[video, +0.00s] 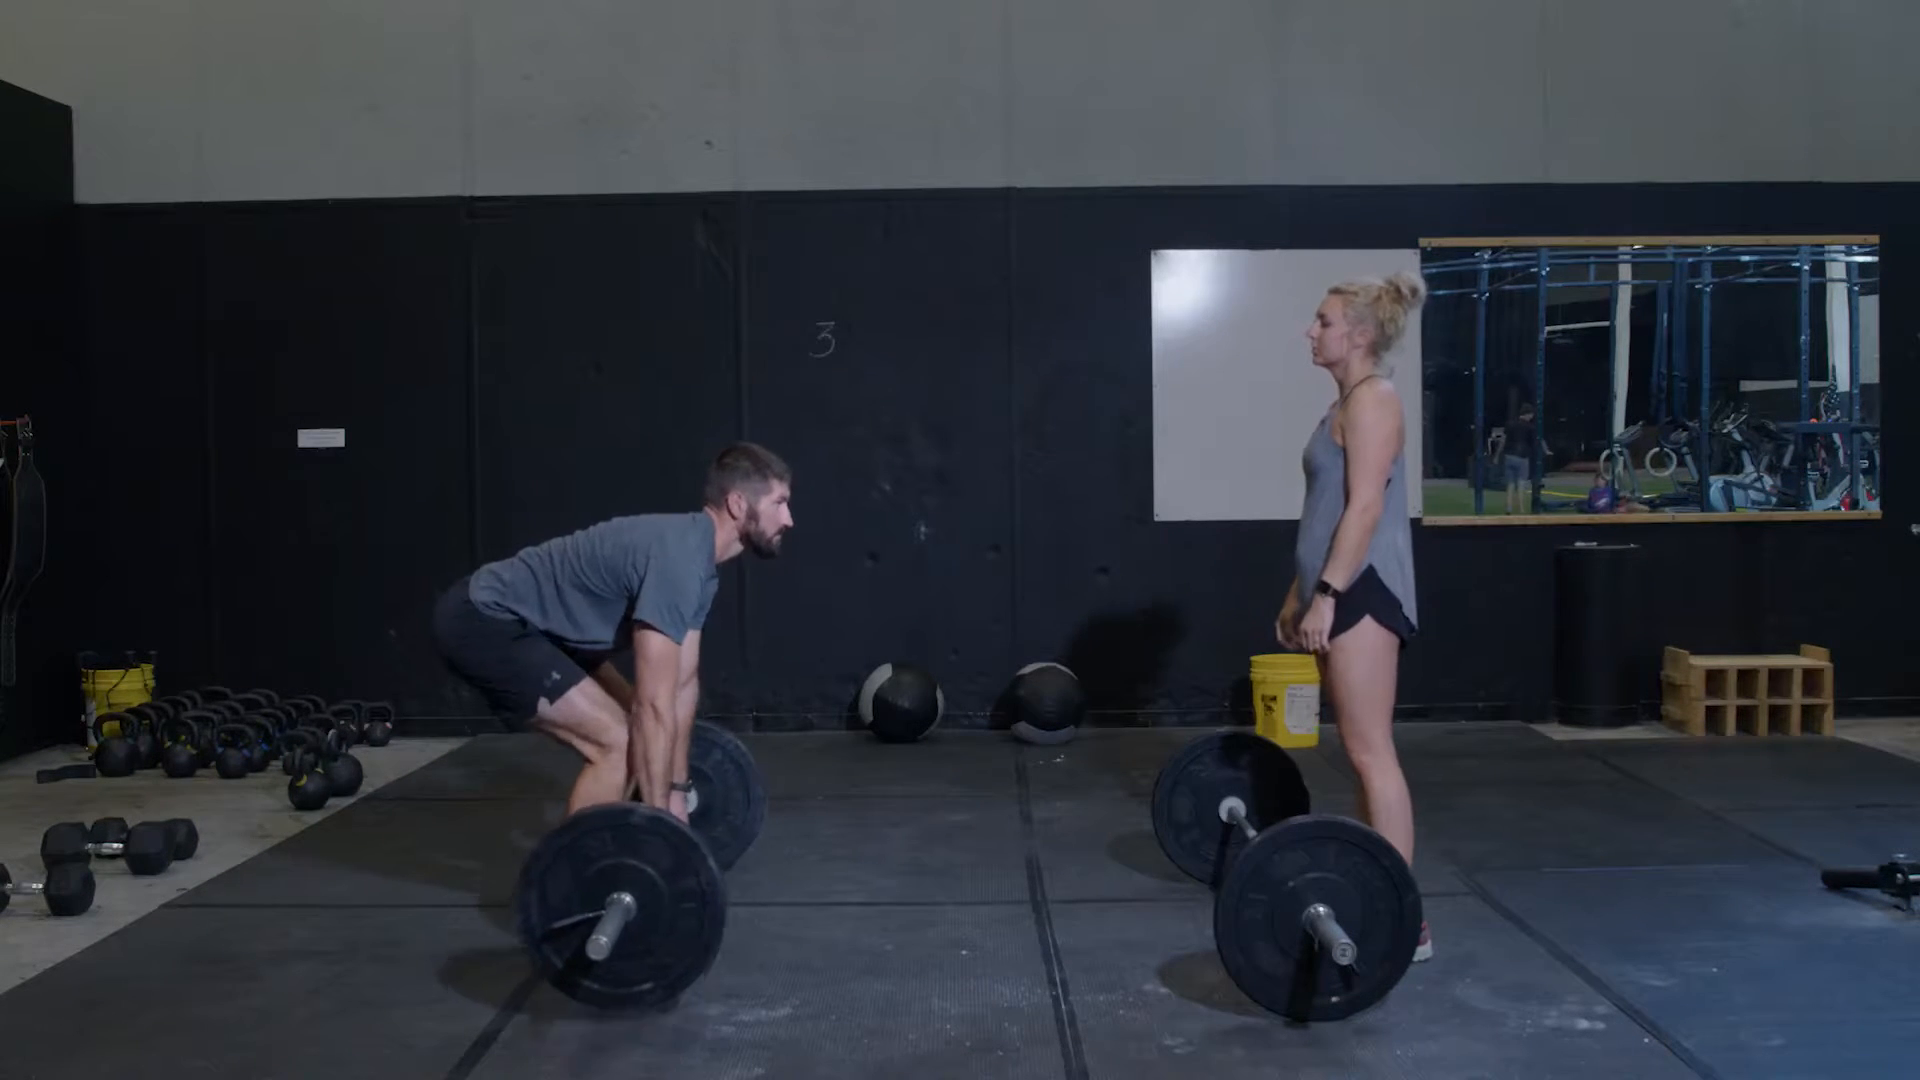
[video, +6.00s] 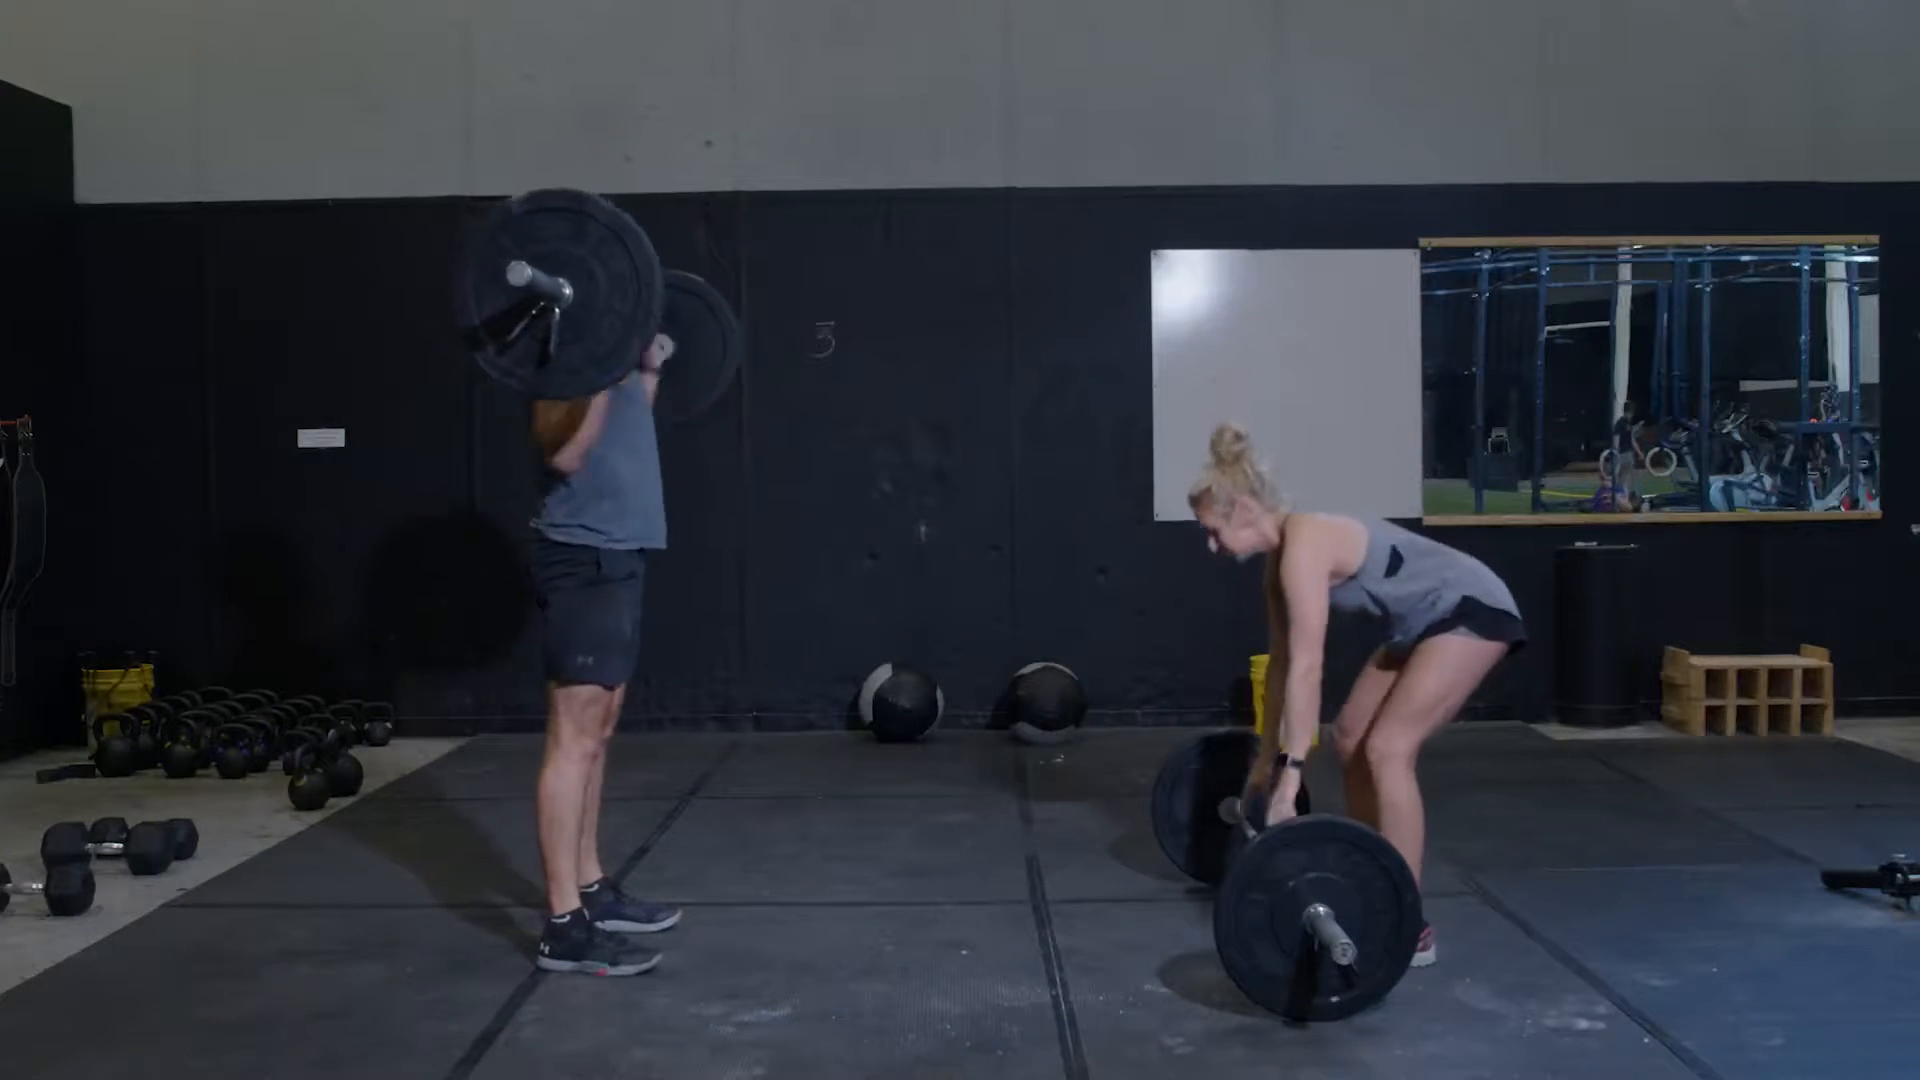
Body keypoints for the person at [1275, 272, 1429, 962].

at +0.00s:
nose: (1312, 332)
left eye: (1325, 322)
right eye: (1315, 321)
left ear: (1361, 334)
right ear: (1346, 335)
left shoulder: (1372, 401)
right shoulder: (1344, 405)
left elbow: (1366, 508)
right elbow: (1326, 513)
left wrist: (1327, 592)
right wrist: (1300, 590)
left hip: (1366, 594)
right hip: (1343, 592)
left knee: (1371, 751)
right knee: (1362, 750)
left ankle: (1399, 912)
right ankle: (1380, 903)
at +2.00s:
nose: (1318, 332)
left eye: (1331, 324)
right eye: (1322, 322)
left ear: (1365, 339)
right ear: (1354, 340)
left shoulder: (1377, 407)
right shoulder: (1346, 408)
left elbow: (1372, 515)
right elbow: (1331, 515)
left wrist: (1333, 599)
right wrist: (1305, 591)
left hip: (1370, 597)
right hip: (1345, 595)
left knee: (1371, 754)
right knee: (1364, 753)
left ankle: (1399, 913)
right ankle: (1384, 906)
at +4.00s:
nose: (1325, 329)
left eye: (1339, 321)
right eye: (1329, 319)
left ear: (1374, 338)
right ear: (1360, 338)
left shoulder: (1383, 404)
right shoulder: (1355, 407)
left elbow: (1377, 512)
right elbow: (1338, 515)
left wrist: (1341, 597)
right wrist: (1313, 594)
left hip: (1376, 595)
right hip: (1350, 593)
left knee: (1378, 748)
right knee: (1364, 746)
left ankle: (1402, 914)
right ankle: (1379, 901)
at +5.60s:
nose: (1279, 379)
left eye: (1282, 365)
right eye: (1274, 369)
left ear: (1318, 347)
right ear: (1312, 350)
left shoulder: (1364, 405)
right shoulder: (1337, 417)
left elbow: (1361, 519)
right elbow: (1332, 528)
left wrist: (1334, 612)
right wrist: (1308, 618)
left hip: (1401, 588)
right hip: (1365, 591)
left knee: (1382, 748)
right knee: (1348, 743)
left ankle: (1402, 919)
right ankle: (1370, 903)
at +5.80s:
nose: (1235, 453)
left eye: (1236, 439)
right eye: (1228, 443)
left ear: (1266, 415)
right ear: (1259, 418)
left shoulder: (1327, 457)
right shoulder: (1295, 476)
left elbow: (1336, 573)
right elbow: (1303, 578)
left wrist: (1328, 673)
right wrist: (1299, 673)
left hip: (1448, 595)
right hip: (1395, 606)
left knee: (1396, 743)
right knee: (1360, 739)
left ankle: (1407, 921)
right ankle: (1369, 901)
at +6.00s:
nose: (1212, 547)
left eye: (1214, 532)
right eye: (1207, 535)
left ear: (1244, 509)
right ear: (1243, 512)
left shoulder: (1303, 548)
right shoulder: (1280, 561)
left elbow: (1306, 667)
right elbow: (1280, 669)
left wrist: (1291, 771)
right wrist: (1269, 758)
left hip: (1473, 612)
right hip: (1420, 623)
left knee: (1388, 749)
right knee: (1351, 739)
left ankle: (1407, 924)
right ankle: (1368, 901)